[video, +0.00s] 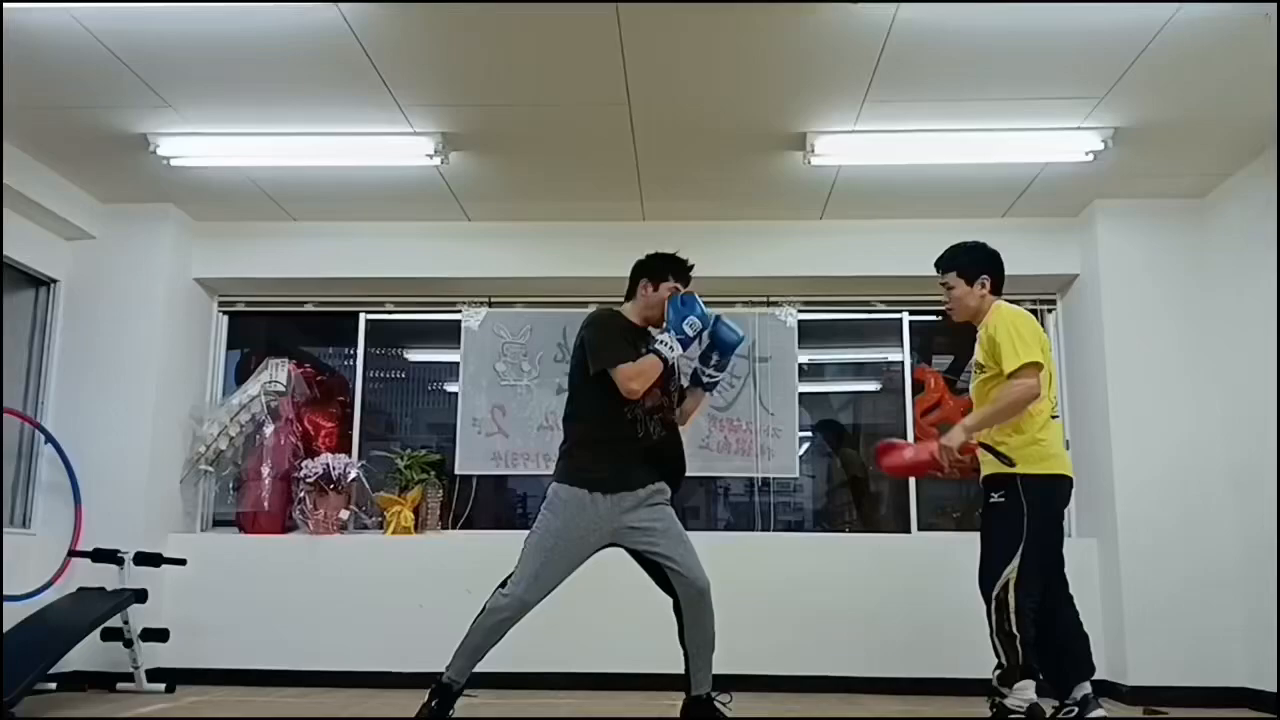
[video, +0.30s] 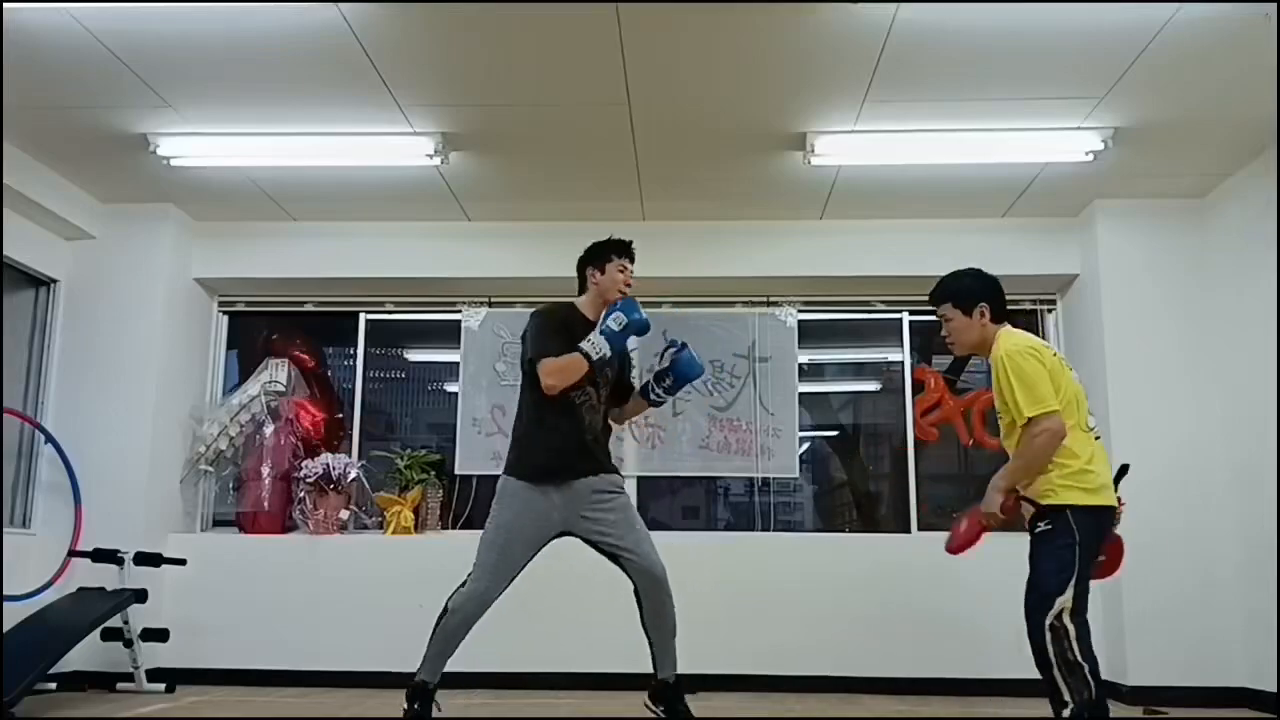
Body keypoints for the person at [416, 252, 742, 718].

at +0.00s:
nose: (682, 301)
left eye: (685, 295)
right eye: (676, 292)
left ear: (660, 295)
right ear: (647, 288)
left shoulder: (658, 346)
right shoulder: (603, 324)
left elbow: (676, 418)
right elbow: (631, 384)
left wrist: (709, 372)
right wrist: (674, 339)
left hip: (646, 502)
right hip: (579, 499)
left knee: (695, 587)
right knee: (518, 595)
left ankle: (699, 701)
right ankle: (444, 693)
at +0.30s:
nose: (629, 281)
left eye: (631, 274)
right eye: (621, 271)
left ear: (624, 284)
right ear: (592, 275)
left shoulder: (617, 342)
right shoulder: (549, 319)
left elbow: (619, 412)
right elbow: (551, 379)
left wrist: (663, 384)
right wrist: (606, 338)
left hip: (597, 488)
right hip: (529, 487)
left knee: (652, 572)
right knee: (481, 589)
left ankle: (667, 687)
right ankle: (422, 687)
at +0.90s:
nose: (645, 284)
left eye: (650, 278)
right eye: (637, 275)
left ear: (652, 285)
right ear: (609, 278)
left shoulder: (651, 334)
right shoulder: (571, 324)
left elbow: (676, 405)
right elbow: (578, 390)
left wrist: (684, 349)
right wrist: (620, 337)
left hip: (623, 492)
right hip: (558, 490)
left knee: (656, 602)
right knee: (517, 595)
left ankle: (668, 702)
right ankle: (483, 692)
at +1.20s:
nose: (664, 297)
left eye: (669, 291)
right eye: (655, 288)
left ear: (672, 298)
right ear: (627, 292)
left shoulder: (672, 349)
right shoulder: (588, 338)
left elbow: (712, 414)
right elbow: (587, 395)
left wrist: (709, 360)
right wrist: (633, 341)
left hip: (660, 507)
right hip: (585, 512)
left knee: (715, 582)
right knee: (538, 613)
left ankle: (737, 690)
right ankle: (521, 697)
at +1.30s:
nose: (694, 301)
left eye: (700, 293)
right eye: (685, 290)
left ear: (703, 300)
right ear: (655, 292)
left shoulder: (708, 351)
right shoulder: (613, 338)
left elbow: (775, 375)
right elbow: (593, 400)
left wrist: (771, 323)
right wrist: (629, 347)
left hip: (674, 515)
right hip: (603, 516)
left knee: (743, 606)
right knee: (552, 618)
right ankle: (546, 698)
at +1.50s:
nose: (713, 304)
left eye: (720, 298)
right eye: (704, 293)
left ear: (722, 307)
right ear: (675, 295)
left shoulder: (730, 359)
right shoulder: (631, 347)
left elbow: (785, 410)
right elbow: (597, 415)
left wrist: (787, 367)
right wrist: (643, 374)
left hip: (697, 525)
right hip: (617, 521)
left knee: (768, 610)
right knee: (548, 612)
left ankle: (824, 708)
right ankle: (545, 695)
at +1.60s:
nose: (660, 304)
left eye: (669, 295)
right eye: (650, 295)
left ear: (680, 302)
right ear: (629, 302)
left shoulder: (703, 357)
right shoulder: (604, 354)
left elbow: (758, 414)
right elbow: (568, 424)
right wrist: (609, 379)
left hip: (683, 523)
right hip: (606, 519)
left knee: (747, 603)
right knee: (531, 605)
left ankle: (809, 709)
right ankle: (493, 697)